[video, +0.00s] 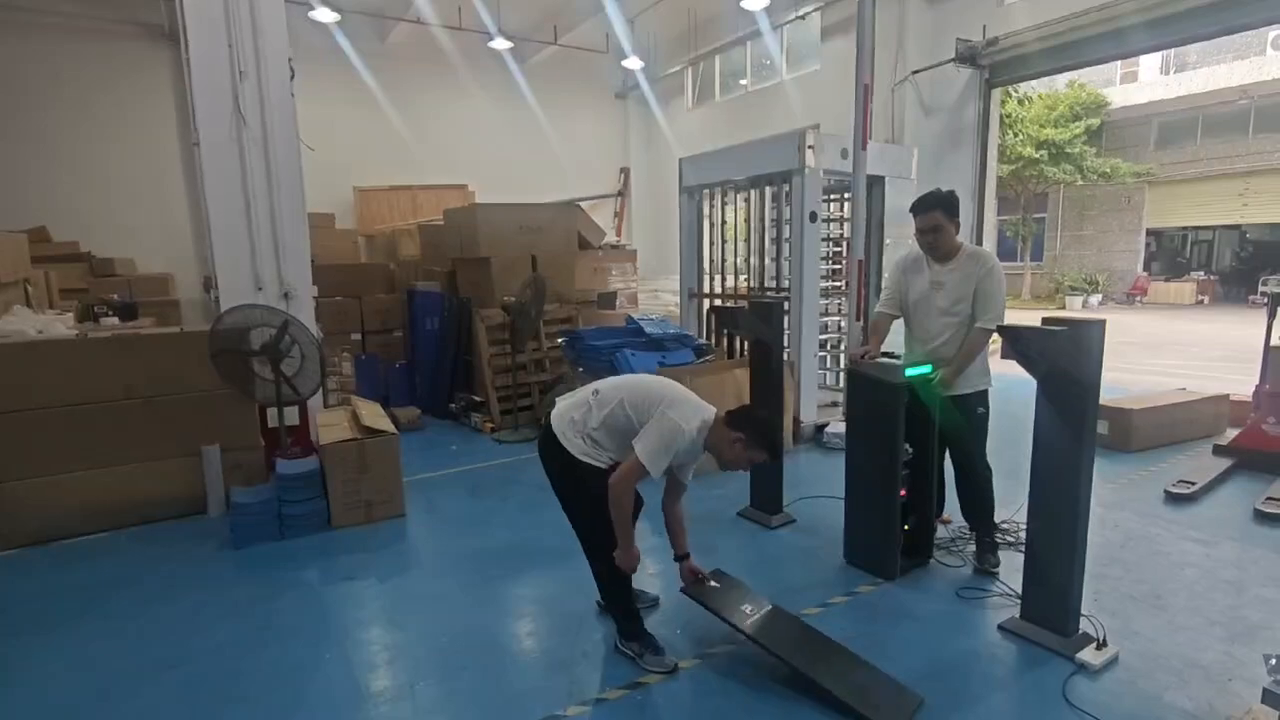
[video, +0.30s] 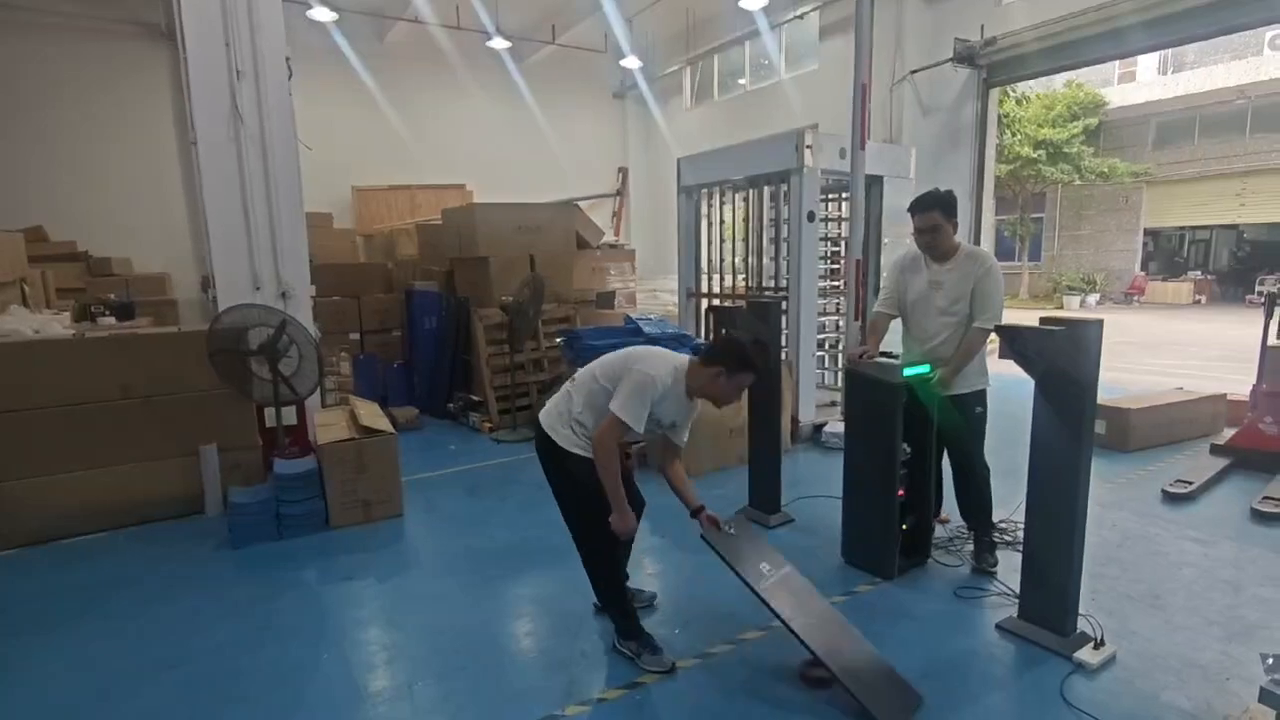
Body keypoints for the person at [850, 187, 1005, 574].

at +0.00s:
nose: (925, 240)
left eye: (934, 231)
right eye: (920, 232)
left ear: (956, 227)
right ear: (914, 229)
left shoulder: (984, 264)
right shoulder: (907, 264)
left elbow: (985, 326)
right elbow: (885, 311)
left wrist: (954, 368)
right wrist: (872, 344)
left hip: (967, 384)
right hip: (919, 382)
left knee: (971, 466)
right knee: (922, 466)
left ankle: (985, 539)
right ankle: (918, 544)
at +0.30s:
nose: (923, 239)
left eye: (931, 231)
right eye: (917, 231)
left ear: (954, 226)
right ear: (912, 229)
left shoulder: (981, 264)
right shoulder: (905, 264)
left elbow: (982, 326)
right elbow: (883, 311)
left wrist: (952, 369)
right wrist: (869, 345)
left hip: (965, 383)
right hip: (917, 382)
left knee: (969, 465)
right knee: (920, 464)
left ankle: (983, 538)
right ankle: (916, 543)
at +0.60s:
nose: (920, 240)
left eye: (928, 232)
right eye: (914, 232)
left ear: (951, 227)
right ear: (909, 229)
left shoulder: (978, 265)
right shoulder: (903, 264)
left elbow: (980, 326)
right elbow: (881, 310)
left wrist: (949, 368)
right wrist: (868, 345)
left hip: (962, 386)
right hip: (914, 385)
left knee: (966, 465)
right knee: (917, 467)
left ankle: (980, 538)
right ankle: (913, 545)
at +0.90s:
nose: (917, 241)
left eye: (925, 233)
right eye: (912, 233)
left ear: (948, 228)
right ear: (907, 230)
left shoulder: (976, 266)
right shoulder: (899, 265)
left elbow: (977, 327)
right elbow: (879, 311)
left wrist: (947, 369)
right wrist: (865, 346)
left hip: (959, 387)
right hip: (912, 386)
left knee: (964, 466)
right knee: (916, 467)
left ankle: (978, 539)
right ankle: (911, 545)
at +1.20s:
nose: (917, 242)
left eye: (925, 234)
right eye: (911, 234)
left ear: (948, 229)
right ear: (906, 232)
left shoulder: (975, 268)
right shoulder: (898, 266)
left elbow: (976, 329)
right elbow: (877, 313)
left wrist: (945, 371)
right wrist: (864, 348)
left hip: (958, 389)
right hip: (911, 388)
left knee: (963, 468)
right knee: (914, 469)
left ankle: (977, 540)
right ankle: (911, 544)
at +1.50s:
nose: (916, 243)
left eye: (924, 235)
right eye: (911, 236)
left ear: (948, 230)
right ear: (906, 233)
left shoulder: (976, 269)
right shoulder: (899, 267)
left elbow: (977, 330)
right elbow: (877, 315)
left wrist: (945, 372)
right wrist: (864, 350)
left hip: (958, 391)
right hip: (911, 389)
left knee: (964, 470)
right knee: (914, 470)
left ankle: (977, 543)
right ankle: (911, 546)